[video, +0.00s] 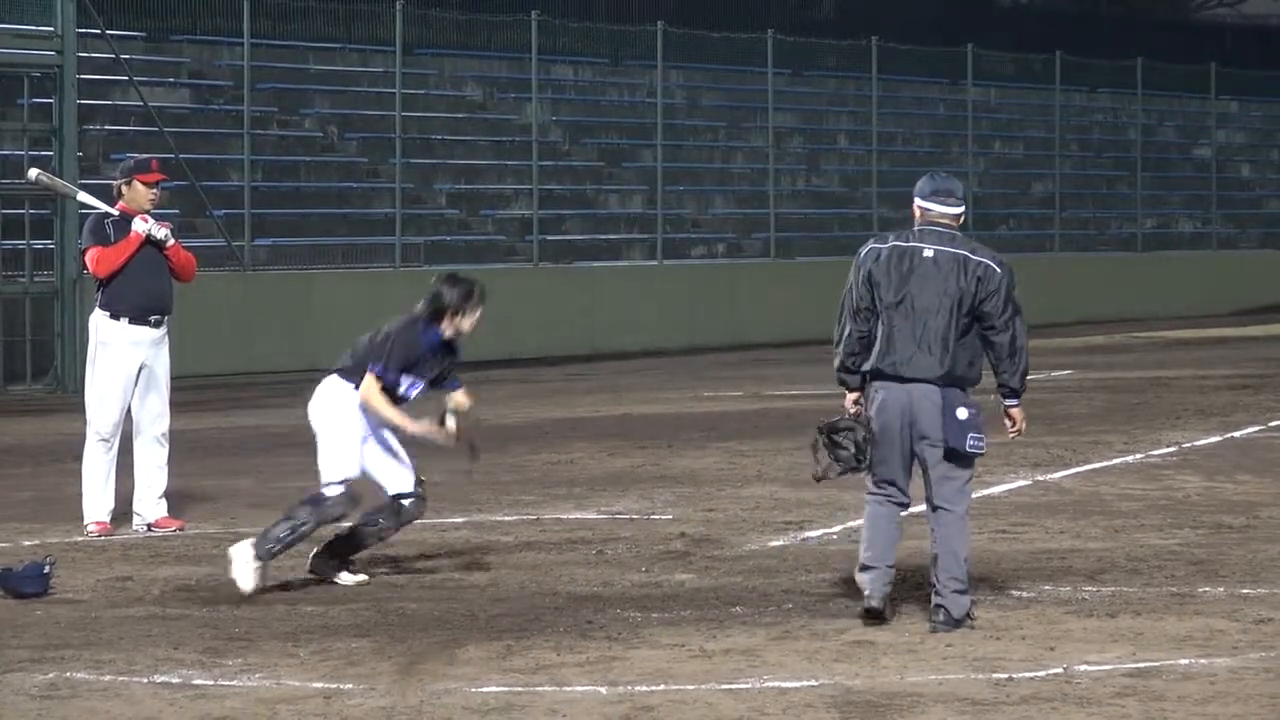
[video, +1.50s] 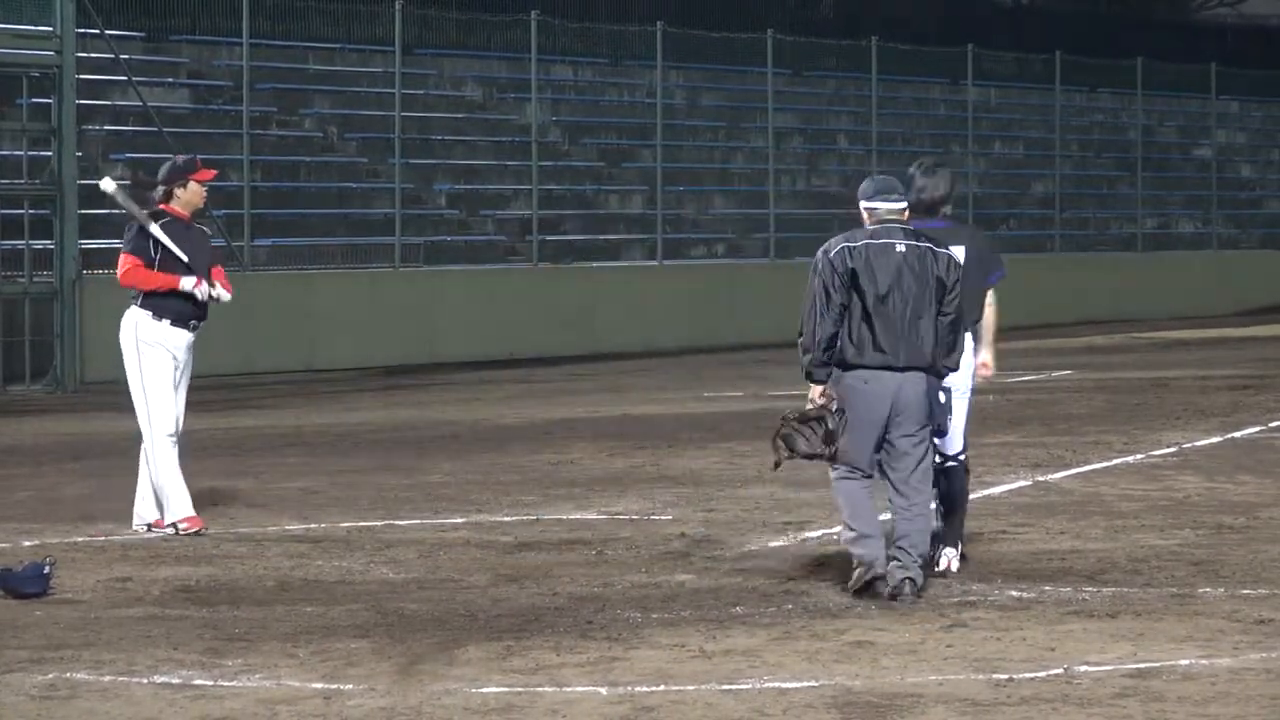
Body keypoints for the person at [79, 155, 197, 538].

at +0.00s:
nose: (156, 191)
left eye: (157, 186)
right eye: (149, 185)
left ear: (153, 190)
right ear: (125, 186)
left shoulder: (158, 228)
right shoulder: (101, 222)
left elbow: (188, 271)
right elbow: (99, 266)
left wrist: (168, 242)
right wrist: (138, 235)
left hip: (156, 335)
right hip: (115, 333)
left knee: (154, 427)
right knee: (104, 428)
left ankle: (151, 512)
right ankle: (98, 516)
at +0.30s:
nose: (159, 192)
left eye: (161, 186)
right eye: (152, 186)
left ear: (156, 190)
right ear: (128, 187)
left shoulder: (161, 228)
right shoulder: (104, 222)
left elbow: (190, 274)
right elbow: (102, 266)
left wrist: (171, 243)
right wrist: (141, 237)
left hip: (159, 336)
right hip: (117, 334)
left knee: (155, 428)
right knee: (106, 428)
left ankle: (151, 513)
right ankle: (98, 516)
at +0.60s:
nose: (168, 193)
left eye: (169, 187)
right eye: (161, 186)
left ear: (160, 189)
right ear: (136, 187)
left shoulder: (168, 227)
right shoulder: (113, 222)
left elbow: (197, 275)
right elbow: (110, 267)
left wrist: (179, 245)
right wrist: (149, 238)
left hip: (166, 336)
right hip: (125, 334)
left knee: (158, 429)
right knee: (110, 427)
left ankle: (151, 513)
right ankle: (98, 515)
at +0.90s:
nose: (180, 193)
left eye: (181, 187)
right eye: (174, 186)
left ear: (168, 190)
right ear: (149, 187)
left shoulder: (177, 227)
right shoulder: (122, 222)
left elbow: (204, 276)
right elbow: (125, 266)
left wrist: (190, 247)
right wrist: (163, 238)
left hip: (171, 336)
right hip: (132, 332)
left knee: (160, 429)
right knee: (115, 424)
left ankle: (150, 513)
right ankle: (99, 514)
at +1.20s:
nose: (194, 192)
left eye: (194, 186)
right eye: (188, 186)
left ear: (177, 189)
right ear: (165, 188)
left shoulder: (186, 229)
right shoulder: (135, 222)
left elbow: (210, 280)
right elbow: (128, 269)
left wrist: (201, 253)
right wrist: (173, 246)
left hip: (175, 334)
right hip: (140, 328)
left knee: (166, 426)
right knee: (142, 417)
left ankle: (153, 509)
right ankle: (121, 506)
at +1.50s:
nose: (206, 192)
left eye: (206, 186)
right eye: (200, 186)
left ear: (189, 190)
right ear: (177, 189)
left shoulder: (199, 233)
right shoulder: (146, 222)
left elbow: (215, 270)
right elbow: (127, 272)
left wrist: (220, 287)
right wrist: (183, 282)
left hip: (182, 335)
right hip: (147, 330)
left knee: (167, 427)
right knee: (159, 425)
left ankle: (147, 515)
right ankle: (181, 513)